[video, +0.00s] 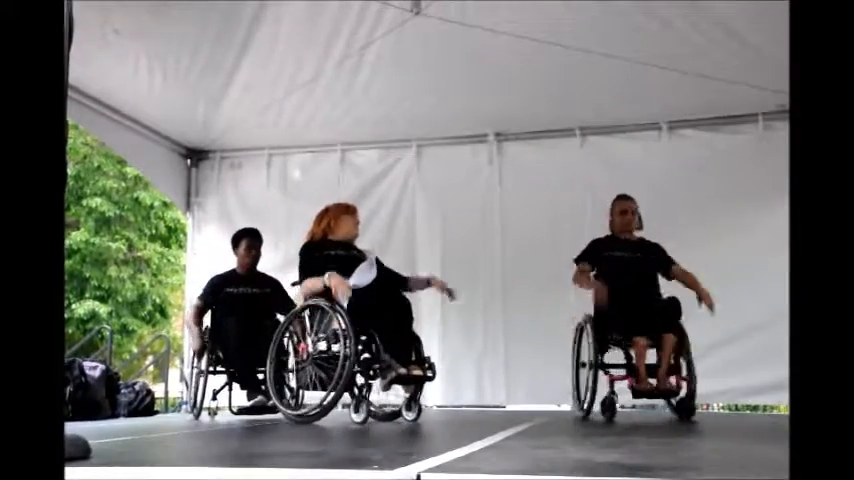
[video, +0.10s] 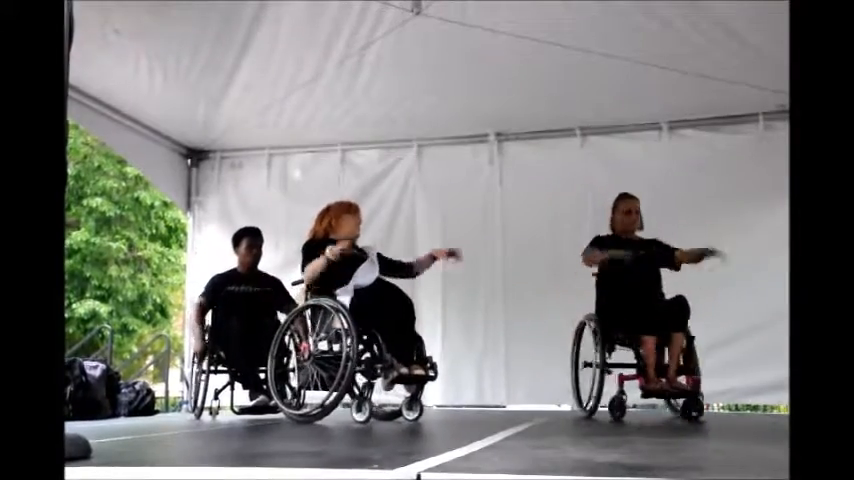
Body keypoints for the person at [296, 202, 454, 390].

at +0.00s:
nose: (358, 222)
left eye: (357, 218)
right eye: (352, 218)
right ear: (334, 222)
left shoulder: (360, 255)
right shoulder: (313, 250)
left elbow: (396, 281)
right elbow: (306, 286)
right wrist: (329, 278)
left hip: (369, 303)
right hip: (332, 311)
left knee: (400, 304)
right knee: (381, 308)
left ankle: (406, 362)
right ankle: (388, 364)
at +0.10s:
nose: (356, 231)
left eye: (358, 226)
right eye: (351, 226)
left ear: (358, 226)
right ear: (332, 227)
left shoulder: (364, 255)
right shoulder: (315, 248)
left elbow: (408, 270)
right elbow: (308, 276)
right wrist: (326, 258)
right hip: (332, 311)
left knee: (401, 304)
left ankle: (409, 361)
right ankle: (394, 363)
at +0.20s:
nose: (361, 220)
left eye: (361, 216)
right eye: (356, 216)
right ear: (339, 220)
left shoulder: (367, 252)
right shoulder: (319, 244)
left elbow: (411, 256)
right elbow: (310, 261)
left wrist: (431, 230)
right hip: (336, 305)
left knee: (403, 306)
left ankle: (414, 362)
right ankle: (402, 363)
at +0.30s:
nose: (363, 221)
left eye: (363, 216)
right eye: (357, 216)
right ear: (340, 220)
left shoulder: (367, 251)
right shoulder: (322, 250)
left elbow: (412, 245)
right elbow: (314, 248)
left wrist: (425, 207)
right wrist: (326, 209)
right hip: (339, 310)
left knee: (407, 305)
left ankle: (417, 361)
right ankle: (406, 363)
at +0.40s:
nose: (363, 221)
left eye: (363, 217)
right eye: (357, 216)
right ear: (337, 221)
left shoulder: (370, 251)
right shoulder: (325, 248)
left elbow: (414, 246)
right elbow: (310, 256)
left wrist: (425, 207)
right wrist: (314, 212)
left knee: (409, 306)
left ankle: (419, 361)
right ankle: (412, 362)